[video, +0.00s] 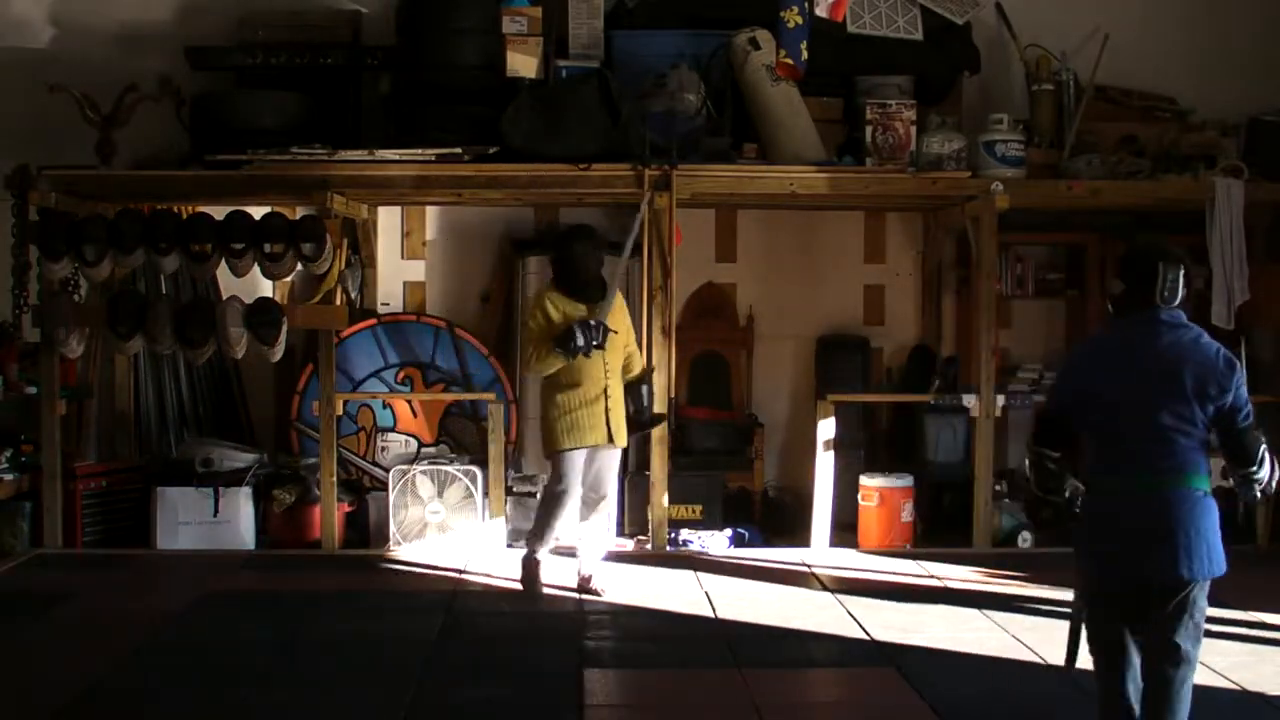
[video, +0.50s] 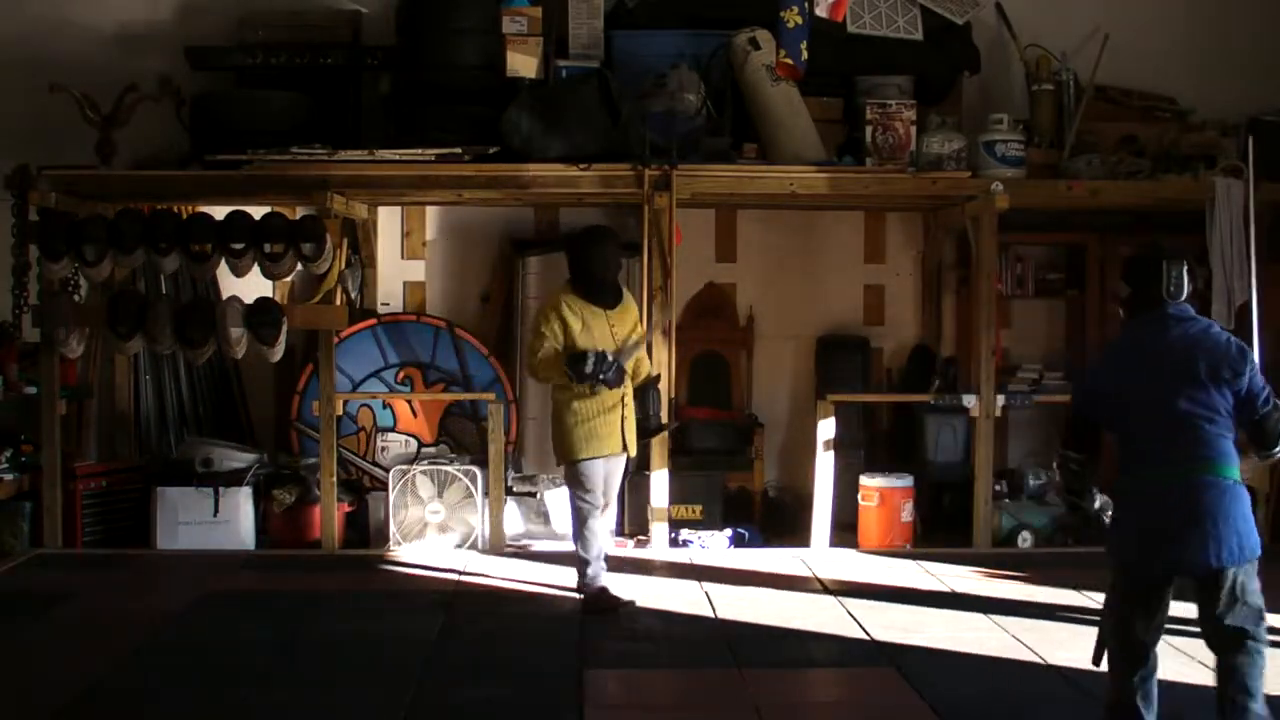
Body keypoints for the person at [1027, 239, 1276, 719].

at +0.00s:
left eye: (1127, 284)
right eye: (1175, 284)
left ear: (1123, 288)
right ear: (1179, 289)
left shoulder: (1093, 352)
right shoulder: (1211, 357)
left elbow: (1050, 440)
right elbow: (1244, 449)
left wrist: (1062, 489)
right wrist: (1258, 470)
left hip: (1106, 520)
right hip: (1182, 523)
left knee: (1112, 655)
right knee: (1175, 660)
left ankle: (1122, 717)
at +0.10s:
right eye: (1176, 285)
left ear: (1124, 289)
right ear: (1179, 290)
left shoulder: (1094, 353)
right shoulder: (1210, 357)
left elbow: (1054, 440)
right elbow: (1246, 455)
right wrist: (1263, 455)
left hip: (1112, 518)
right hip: (1187, 521)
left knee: (1118, 647)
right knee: (1178, 652)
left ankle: (1123, 715)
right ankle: (1167, 719)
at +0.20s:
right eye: (1173, 283)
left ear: (1122, 289)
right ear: (1178, 288)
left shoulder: (1095, 352)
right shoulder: (1212, 352)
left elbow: (1055, 443)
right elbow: (1254, 446)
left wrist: (1059, 499)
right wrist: (1262, 448)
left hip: (1116, 515)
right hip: (1190, 518)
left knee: (1120, 648)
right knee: (1180, 651)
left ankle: (1122, 715)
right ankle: (1168, 718)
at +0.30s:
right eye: (1171, 283)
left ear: (1119, 290)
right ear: (1175, 288)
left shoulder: (1094, 353)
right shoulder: (1212, 349)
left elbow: (1058, 444)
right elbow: (1257, 440)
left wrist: (1064, 502)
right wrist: (1264, 434)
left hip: (1123, 512)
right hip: (1197, 514)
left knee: (1124, 646)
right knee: (1195, 644)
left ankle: (1129, 714)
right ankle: (1180, 715)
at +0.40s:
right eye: (1174, 282)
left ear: (1123, 290)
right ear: (1178, 288)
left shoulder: (1101, 353)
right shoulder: (1215, 349)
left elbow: (1066, 446)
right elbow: (1259, 441)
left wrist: (1071, 499)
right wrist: (1265, 410)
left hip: (1131, 511)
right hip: (1206, 511)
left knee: (1126, 642)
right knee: (1216, 635)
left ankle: (1131, 714)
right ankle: (1202, 714)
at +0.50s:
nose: (1125, 299)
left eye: (1128, 291)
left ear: (1132, 293)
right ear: (1186, 290)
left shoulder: (1115, 353)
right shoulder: (1224, 347)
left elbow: (1081, 440)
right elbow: (1267, 434)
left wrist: (1080, 500)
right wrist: (1251, 447)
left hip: (1142, 515)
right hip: (1218, 514)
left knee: (1132, 648)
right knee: (1240, 640)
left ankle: (1130, 718)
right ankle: (1247, 715)